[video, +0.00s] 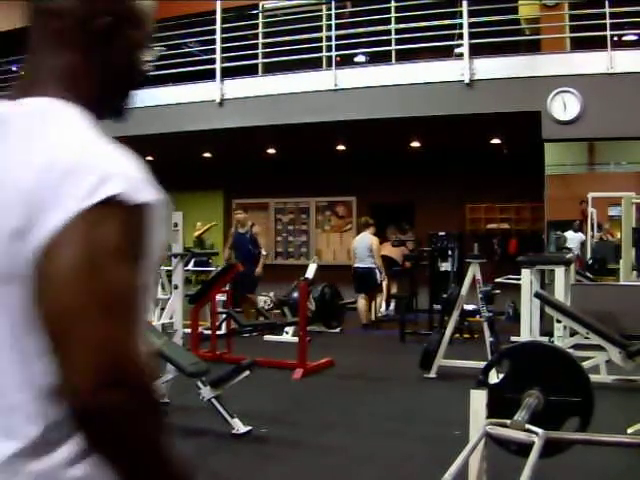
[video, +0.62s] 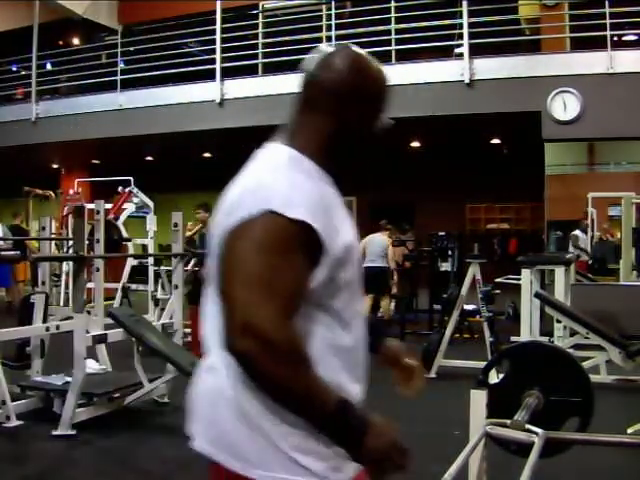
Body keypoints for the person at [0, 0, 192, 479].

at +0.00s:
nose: (143, 67)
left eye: (144, 46)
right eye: (138, 43)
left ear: (48, 28)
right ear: (100, 29)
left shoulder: (9, 127)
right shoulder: (94, 172)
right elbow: (102, 387)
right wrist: (162, 466)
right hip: (50, 461)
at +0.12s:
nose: (193, 69)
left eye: (192, 54)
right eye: (188, 52)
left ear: (94, 50)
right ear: (159, 50)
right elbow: (170, 364)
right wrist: (251, 453)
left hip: (20, 451)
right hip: (114, 463)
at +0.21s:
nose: (224, 89)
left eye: (224, 71)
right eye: (220, 70)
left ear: (133, 69)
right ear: (191, 67)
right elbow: (199, 362)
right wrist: (284, 445)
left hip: (61, 439)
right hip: (152, 460)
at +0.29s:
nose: (255, 106)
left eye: (255, 91)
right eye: (252, 90)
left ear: (173, 83)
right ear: (228, 87)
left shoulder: (112, 178)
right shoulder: (207, 191)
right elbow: (217, 363)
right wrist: (302, 446)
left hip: (106, 438)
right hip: (184, 458)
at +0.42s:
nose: (299, 126)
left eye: (301, 110)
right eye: (297, 108)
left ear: (227, 91)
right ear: (272, 98)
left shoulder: (177, 178)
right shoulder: (234, 191)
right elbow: (230, 349)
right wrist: (316, 440)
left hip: (169, 457)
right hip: (229, 464)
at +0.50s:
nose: (332, 129)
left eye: (333, 112)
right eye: (329, 111)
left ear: (261, 93)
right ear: (303, 102)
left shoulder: (224, 167)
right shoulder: (250, 182)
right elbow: (233, 334)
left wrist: (320, 355)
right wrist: (327, 430)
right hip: (246, 460)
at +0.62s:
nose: (376, 132)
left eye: (377, 118)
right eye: (373, 117)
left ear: (309, 99)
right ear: (351, 114)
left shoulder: (298, 182)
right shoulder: (283, 189)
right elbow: (256, 334)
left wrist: (376, 344)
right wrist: (355, 430)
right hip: (276, 457)